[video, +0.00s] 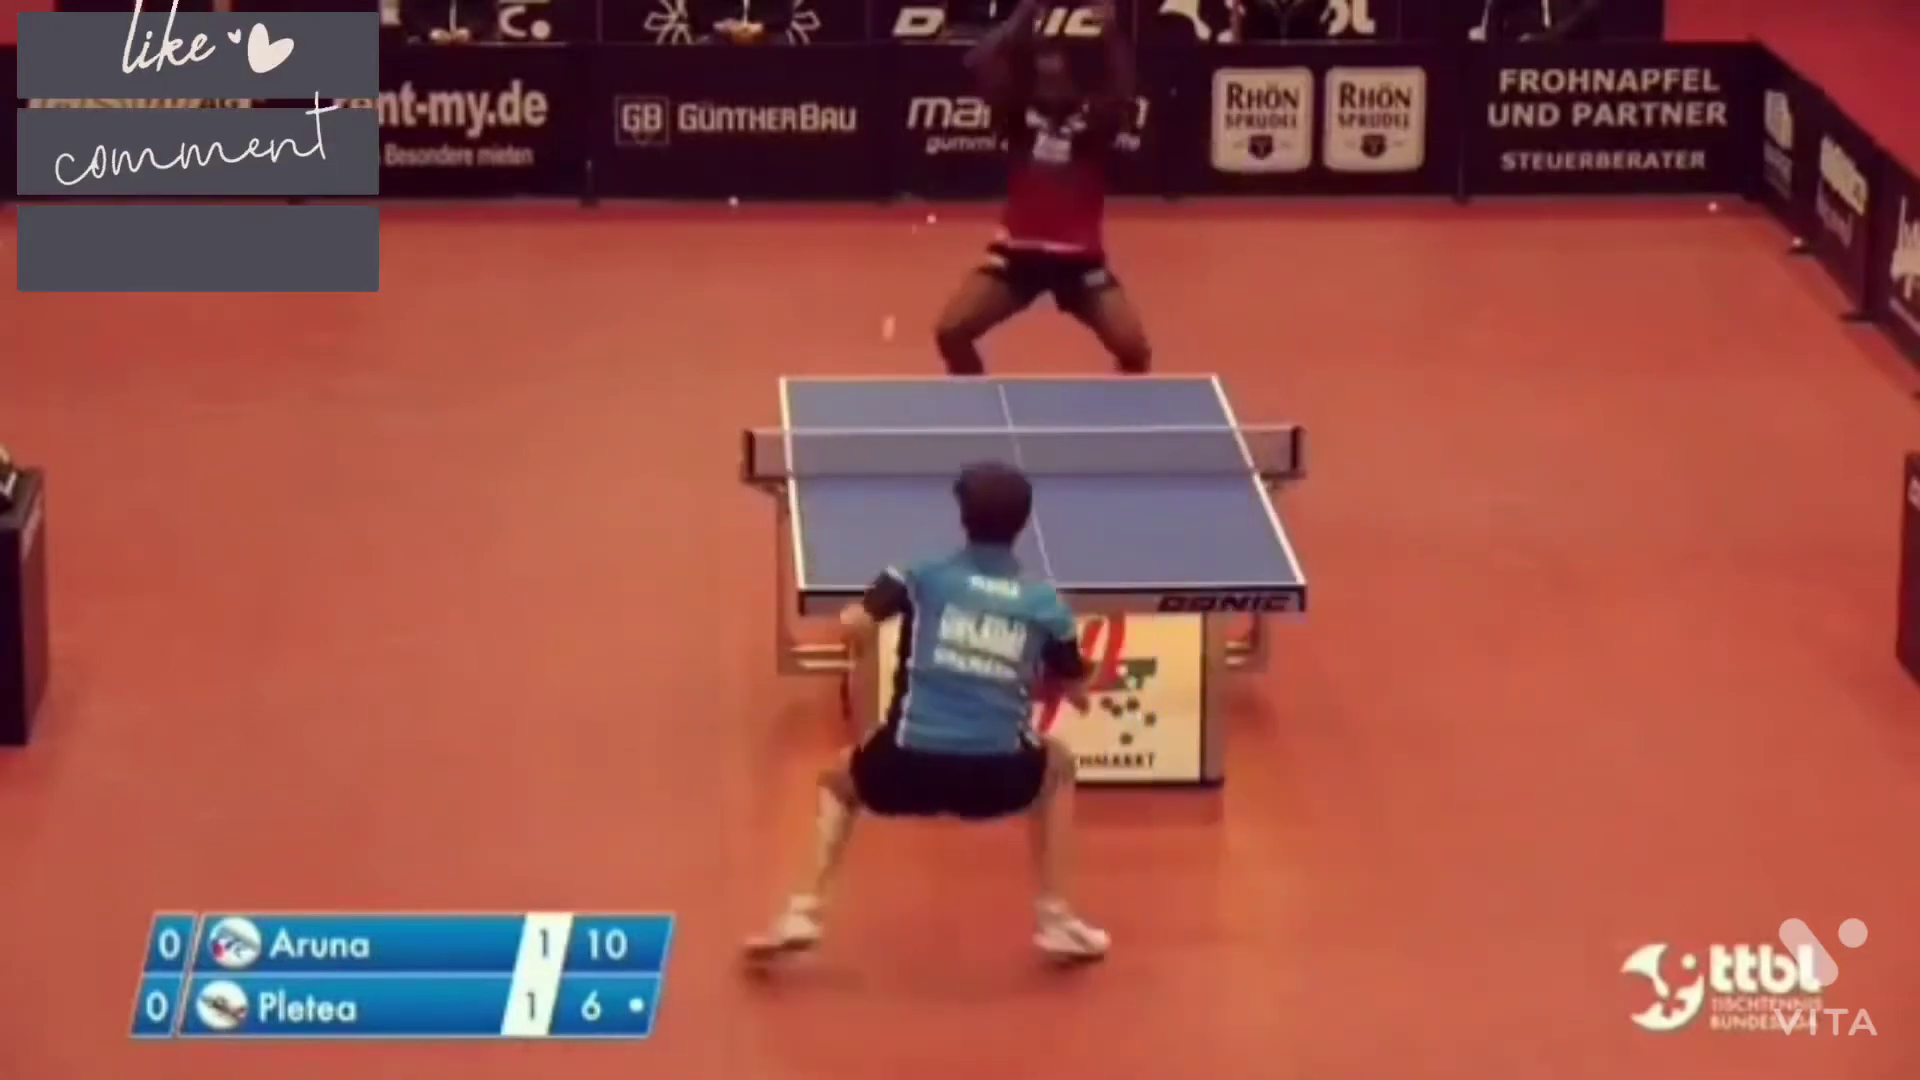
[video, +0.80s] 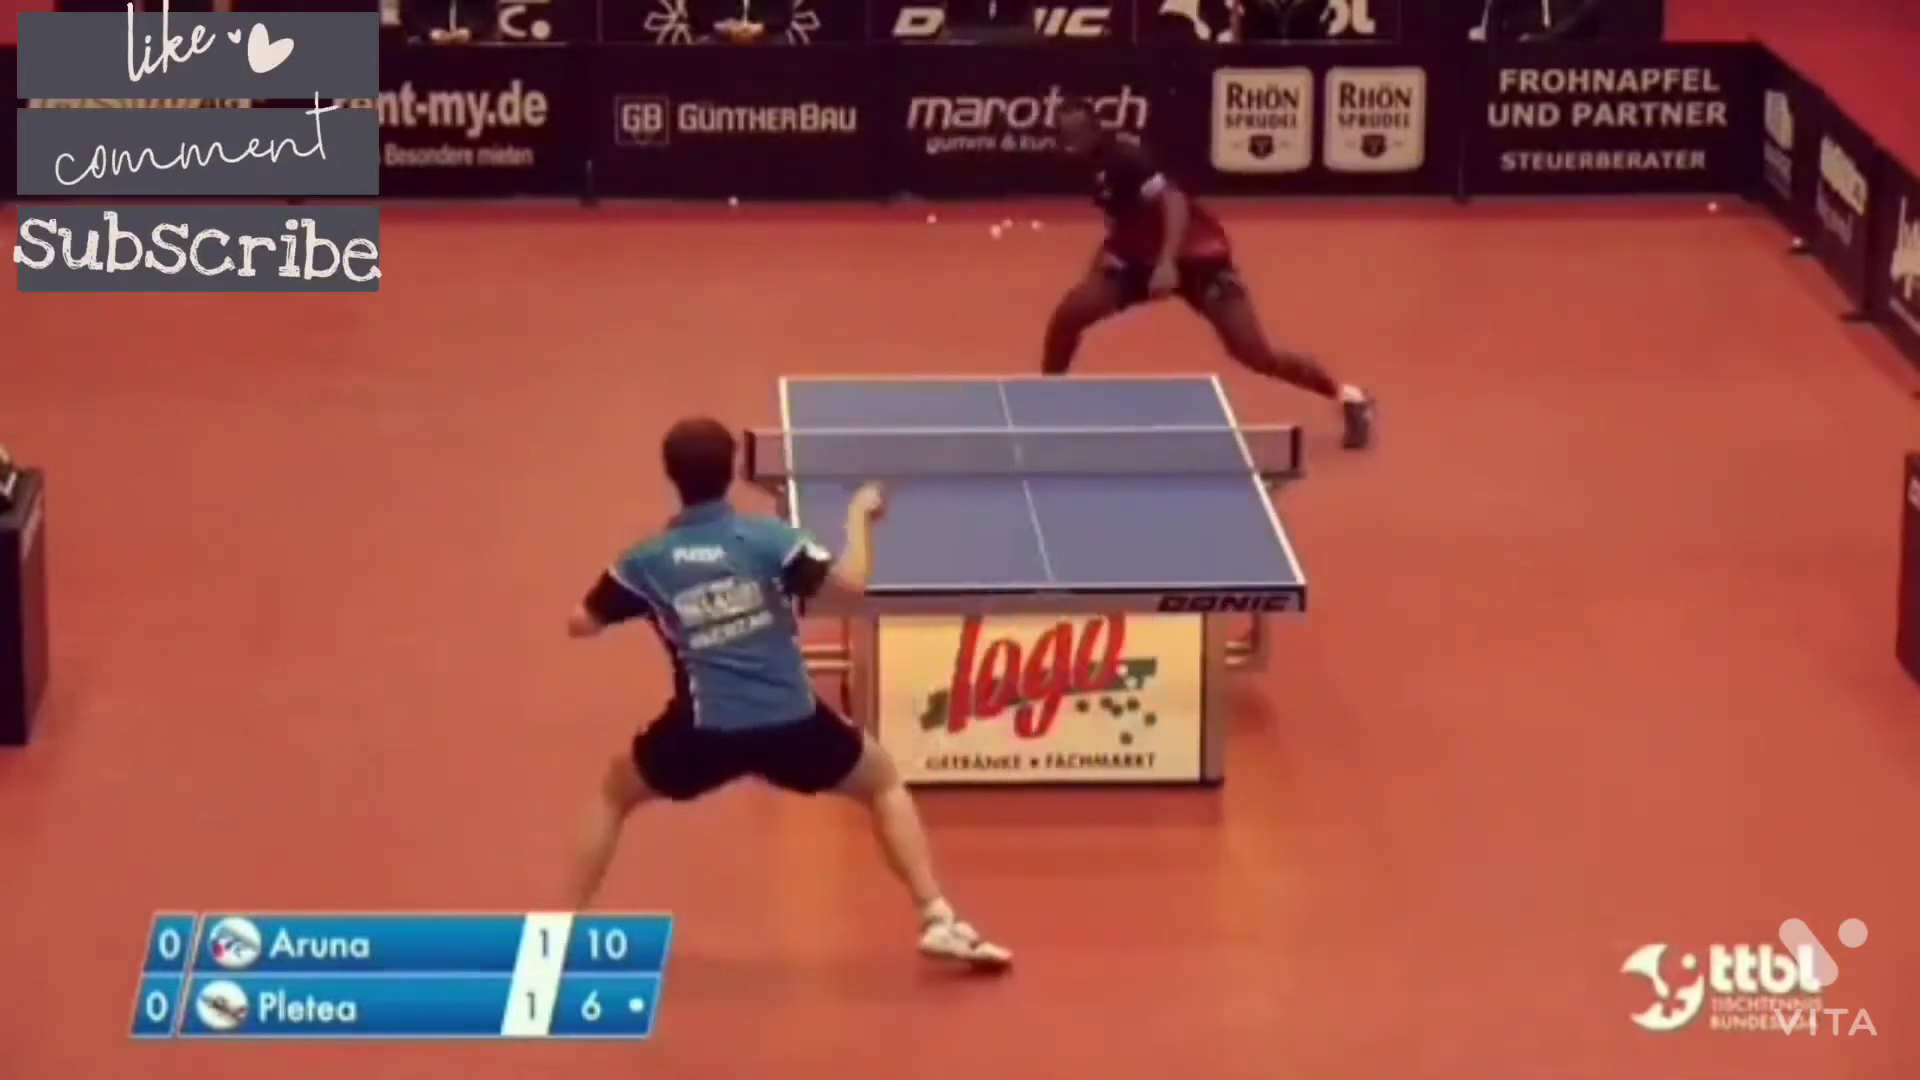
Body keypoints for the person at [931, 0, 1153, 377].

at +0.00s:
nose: (1051, 80)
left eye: (1057, 72)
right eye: (1043, 72)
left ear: (1071, 76)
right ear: (1031, 75)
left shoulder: (1093, 121)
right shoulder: (1017, 118)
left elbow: (1122, 93)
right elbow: (979, 62)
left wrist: (1112, 33)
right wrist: (1025, 13)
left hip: (1080, 263)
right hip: (1017, 258)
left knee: (1135, 350)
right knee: (950, 334)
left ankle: (1134, 423)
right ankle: (984, 418)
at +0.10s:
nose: (1030, 92)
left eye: (1037, 83)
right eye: (1022, 83)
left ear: (1051, 81)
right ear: (1008, 82)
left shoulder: (1070, 119)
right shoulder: (992, 114)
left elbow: (1141, 105)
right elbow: (952, 56)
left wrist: (1181, 45)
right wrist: (1009, 19)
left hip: (1038, 268)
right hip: (981, 257)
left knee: (1049, 382)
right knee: (910, 353)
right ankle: (869, 430)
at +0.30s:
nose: (1020, 92)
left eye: (1028, 84)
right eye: (1012, 84)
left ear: (1043, 86)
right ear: (998, 85)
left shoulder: (1065, 133)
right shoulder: (973, 125)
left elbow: (1104, 199)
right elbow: (917, 151)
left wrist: (1153, 260)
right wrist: (914, 95)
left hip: (1041, 268)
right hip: (974, 261)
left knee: (1061, 369)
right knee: (912, 343)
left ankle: (1062, 455)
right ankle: (865, 403)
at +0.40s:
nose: (1025, 89)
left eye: (1034, 79)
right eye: (1017, 80)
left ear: (1048, 82)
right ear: (1004, 83)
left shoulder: (1071, 130)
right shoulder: (978, 123)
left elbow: (1097, 200)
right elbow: (939, 162)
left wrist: (1136, 264)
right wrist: (922, 137)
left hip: (1056, 258)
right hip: (988, 255)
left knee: (1086, 354)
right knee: (928, 336)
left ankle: (1082, 438)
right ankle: (883, 406)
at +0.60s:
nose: (1052, 120)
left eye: (1058, 110)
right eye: (1044, 112)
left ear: (1073, 107)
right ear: (1035, 112)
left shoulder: (1108, 139)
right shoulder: (1025, 148)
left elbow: (1141, 187)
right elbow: (1014, 201)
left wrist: (1142, 238)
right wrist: (1004, 237)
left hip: (1113, 251)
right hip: (1049, 254)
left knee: (1172, 342)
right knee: (985, 331)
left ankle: (1179, 411)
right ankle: (956, 394)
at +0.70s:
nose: (1052, 124)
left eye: (1059, 114)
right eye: (1047, 117)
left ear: (1078, 109)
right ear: (1044, 121)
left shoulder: (1114, 138)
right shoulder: (1060, 156)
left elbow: (1166, 185)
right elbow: (1069, 217)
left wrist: (1158, 254)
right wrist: (1036, 266)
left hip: (1168, 243)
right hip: (1108, 249)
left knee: (1225, 323)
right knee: (1040, 321)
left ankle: (1258, 382)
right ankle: (1005, 393)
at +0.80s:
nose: (1065, 143)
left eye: (1072, 133)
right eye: (1062, 136)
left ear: (1095, 127)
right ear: (1067, 136)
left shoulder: (1125, 156)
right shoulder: (1092, 167)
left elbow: (1176, 202)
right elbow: (1120, 221)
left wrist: (1167, 261)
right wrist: (1099, 266)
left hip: (1195, 259)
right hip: (1137, 261)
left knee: (1253, 353)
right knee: (1068, 314)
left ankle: (1349, 398)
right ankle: (1047, 401)